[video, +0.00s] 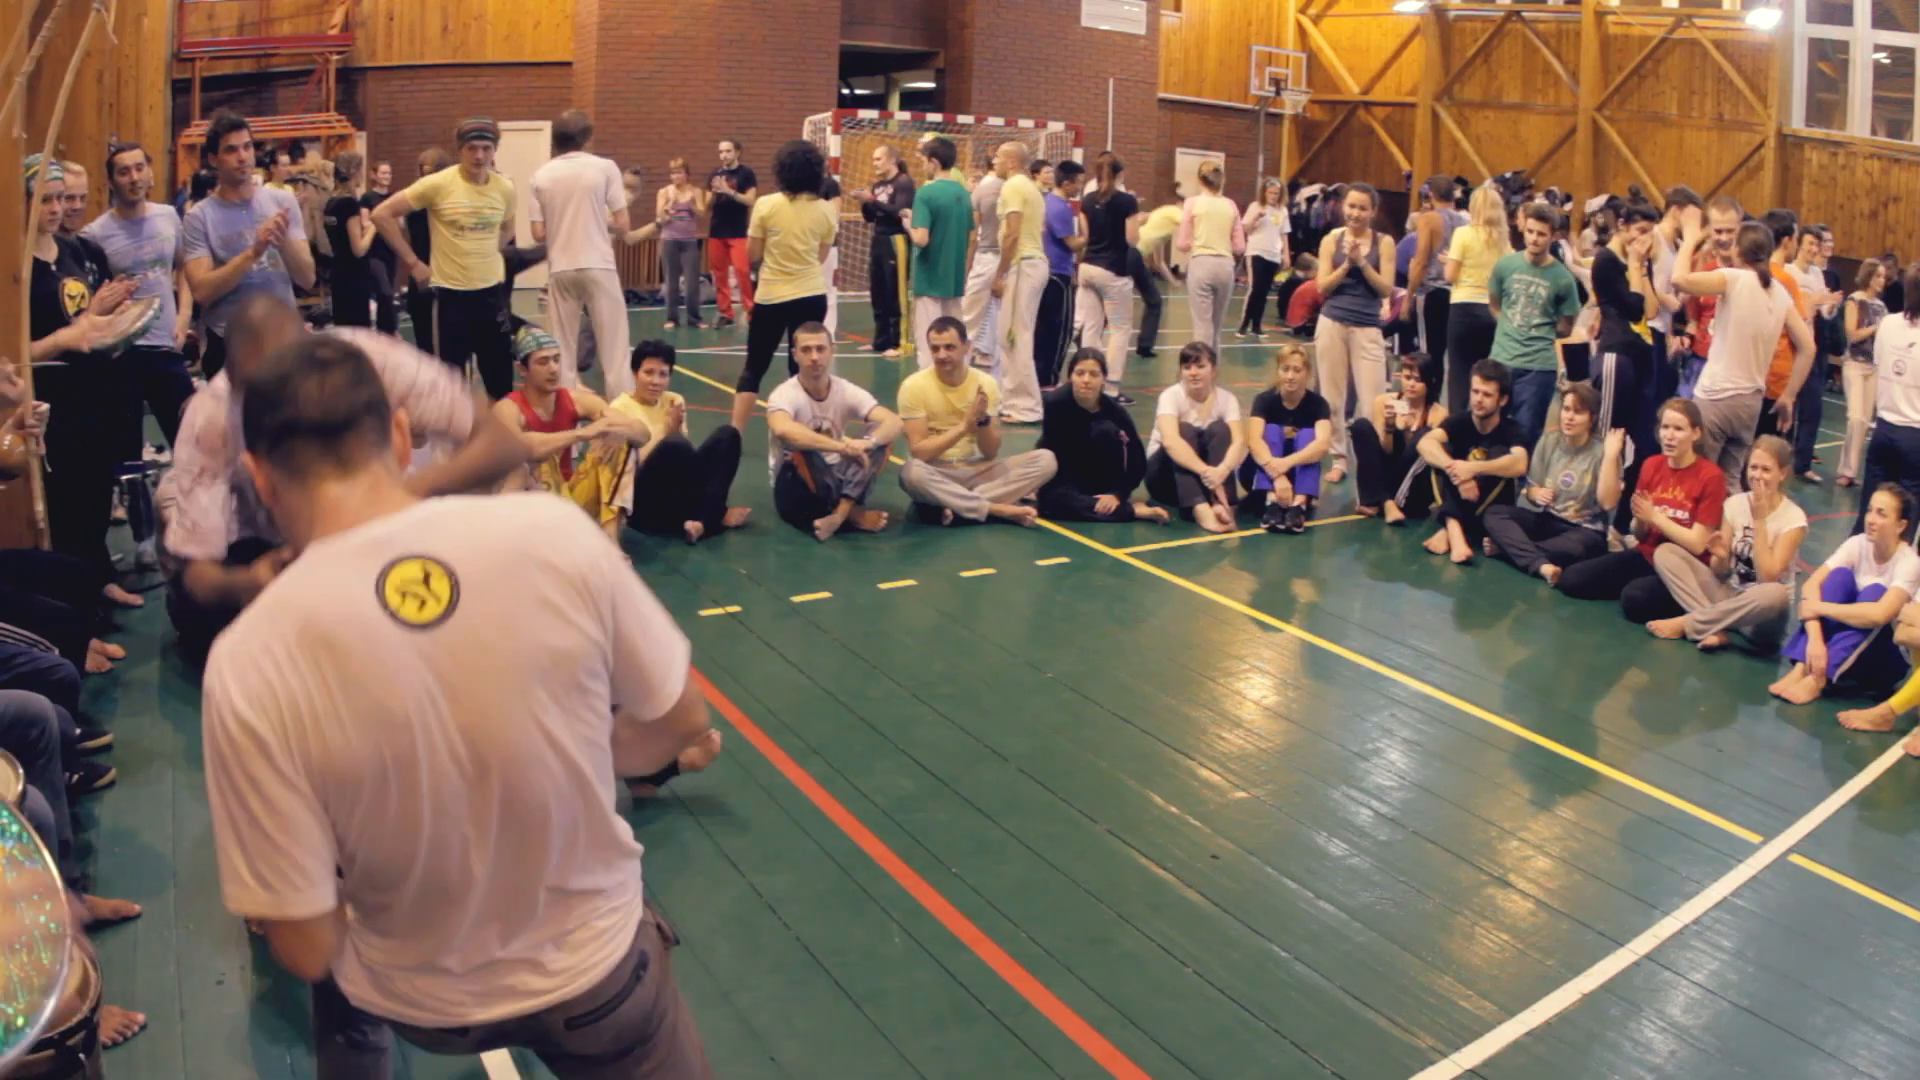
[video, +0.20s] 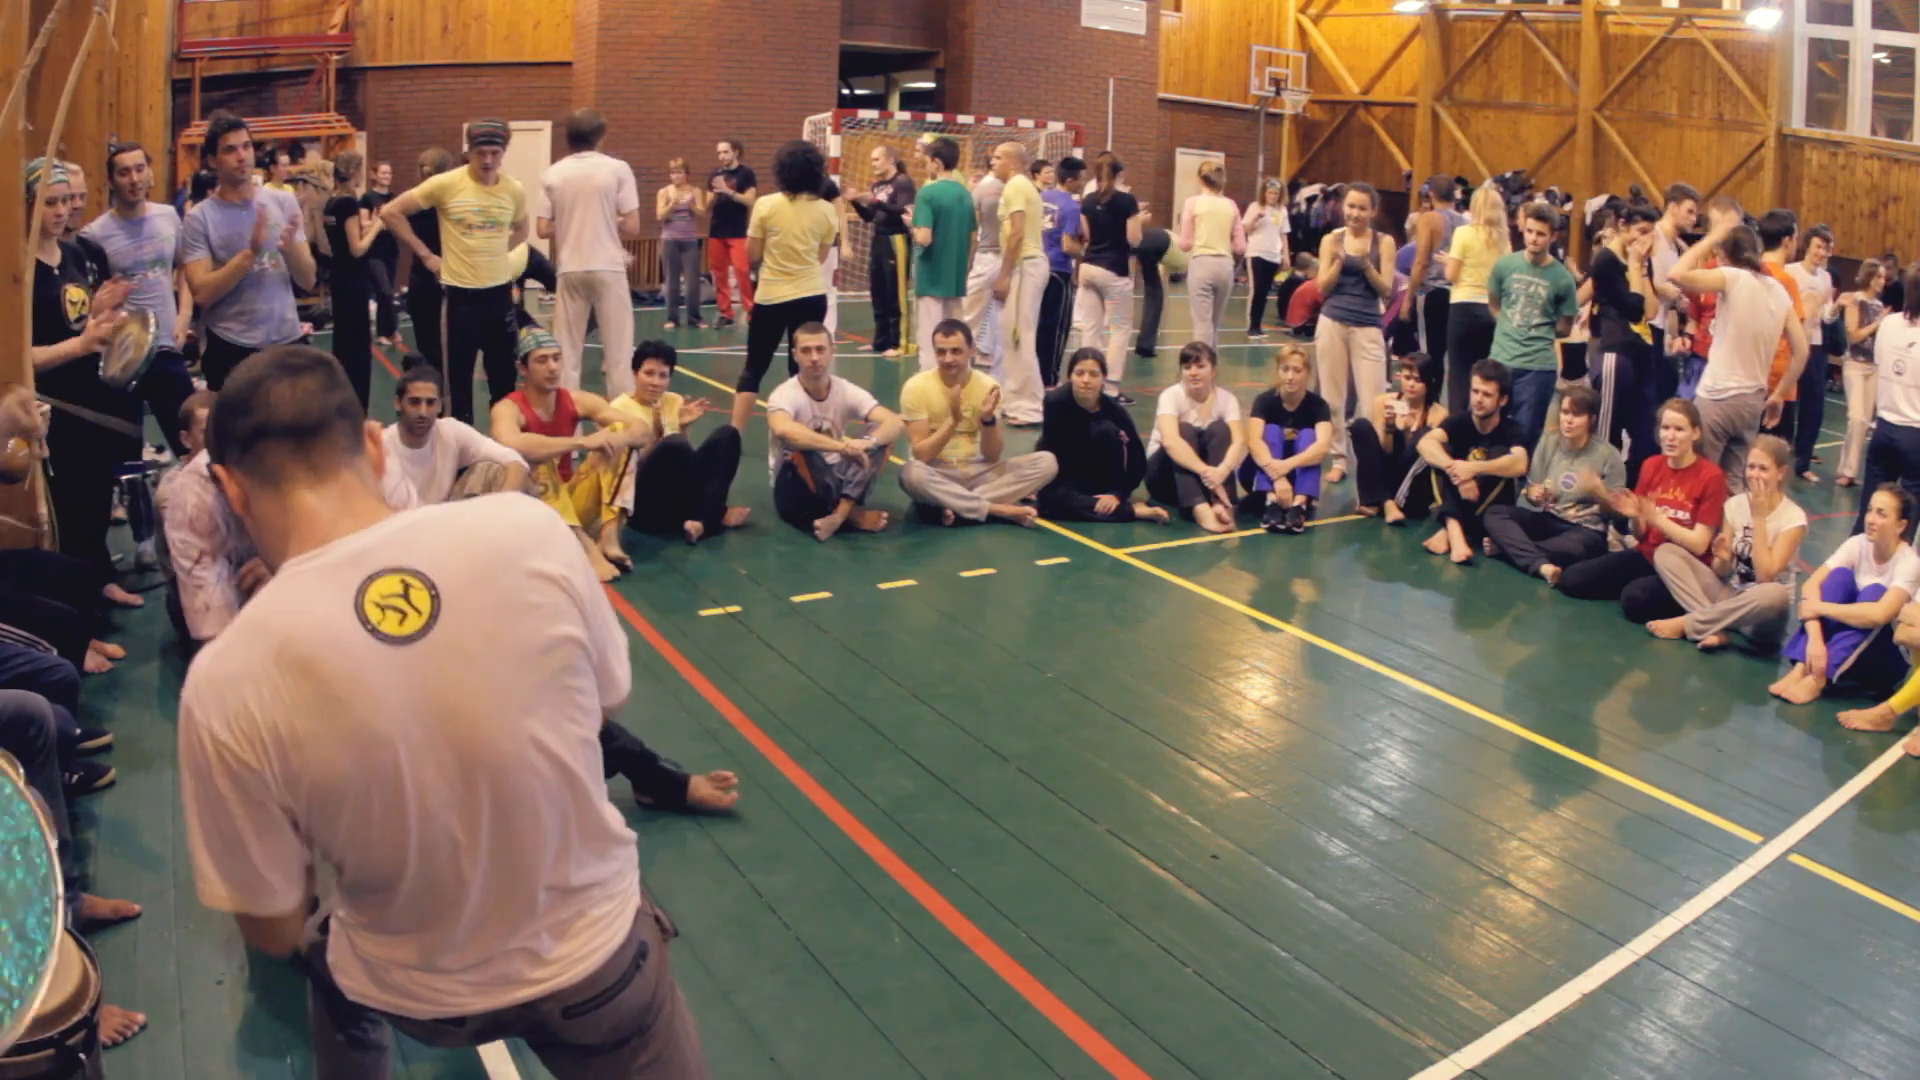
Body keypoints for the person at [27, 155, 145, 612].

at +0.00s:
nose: (58, 208)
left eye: (65, 198)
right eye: (47, 198)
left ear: (71, 202)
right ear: (24, 201)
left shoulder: (80, 254)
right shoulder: (16, 265)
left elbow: (82, 332)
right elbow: (16, 353)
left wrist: (110, 314)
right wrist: (76, 327)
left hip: (89, 389)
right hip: (43, 396)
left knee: (94, 488)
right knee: (63, 494)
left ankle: (100, 574)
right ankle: (69, 586)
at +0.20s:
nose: (62, 210)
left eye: (69, 201)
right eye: (51, 201)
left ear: (76, 204)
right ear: (27, 204)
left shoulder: (82, 255)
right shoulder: (16, 267)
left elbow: (85, 330)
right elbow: (16, 358)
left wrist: (103, 314)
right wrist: (81, 344)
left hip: (96, 392)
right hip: (53, 400)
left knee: (97, 493)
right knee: (70, 497)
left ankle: (100, 574)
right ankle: (76, 587)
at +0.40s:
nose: (58, 208)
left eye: (62, 198)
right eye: (47, 199)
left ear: (68, 201)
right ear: (24, 204)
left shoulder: (72, 253)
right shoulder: (18, 264)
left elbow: (74, 326)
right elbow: (28, 352)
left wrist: (111, 330)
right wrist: (99, 318)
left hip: (93, 399)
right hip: (54, 406)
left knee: (94, 519)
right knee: (75, 521)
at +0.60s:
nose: (57, 206)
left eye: (61, 196)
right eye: (46, 197)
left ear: (68, 199)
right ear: (23, 203)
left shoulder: (76, 252)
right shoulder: (15, 265)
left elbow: (83, 323)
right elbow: (14, 357)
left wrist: (118, 322)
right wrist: (86, 369)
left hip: (97, 401)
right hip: (53, 413)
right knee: (72, 522)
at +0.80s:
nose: (58, 212)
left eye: (64, 203)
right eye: (48, 203)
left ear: (70, 206)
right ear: (26, 207)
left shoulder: (77, 254)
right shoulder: (16, 269)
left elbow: (85, 322)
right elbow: (22, 361)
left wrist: (116, 319)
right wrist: (87, 359)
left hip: (95, 391)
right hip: (54, 402)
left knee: (99, 495)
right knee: (73, 499)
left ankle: (102, 576)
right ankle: (80, 591)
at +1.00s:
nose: (64, 204)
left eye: (70, 195)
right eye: (54, 194)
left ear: (76, 199)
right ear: (30, 199)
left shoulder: (83, 252)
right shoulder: (16, 262)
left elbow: (85, 318)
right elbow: (14, 356)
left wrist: (115, 328)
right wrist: (82, 349)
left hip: (96, 389)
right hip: (51, 397)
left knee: (97, 494)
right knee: (68, 498)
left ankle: (101, 576)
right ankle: (73, 592)